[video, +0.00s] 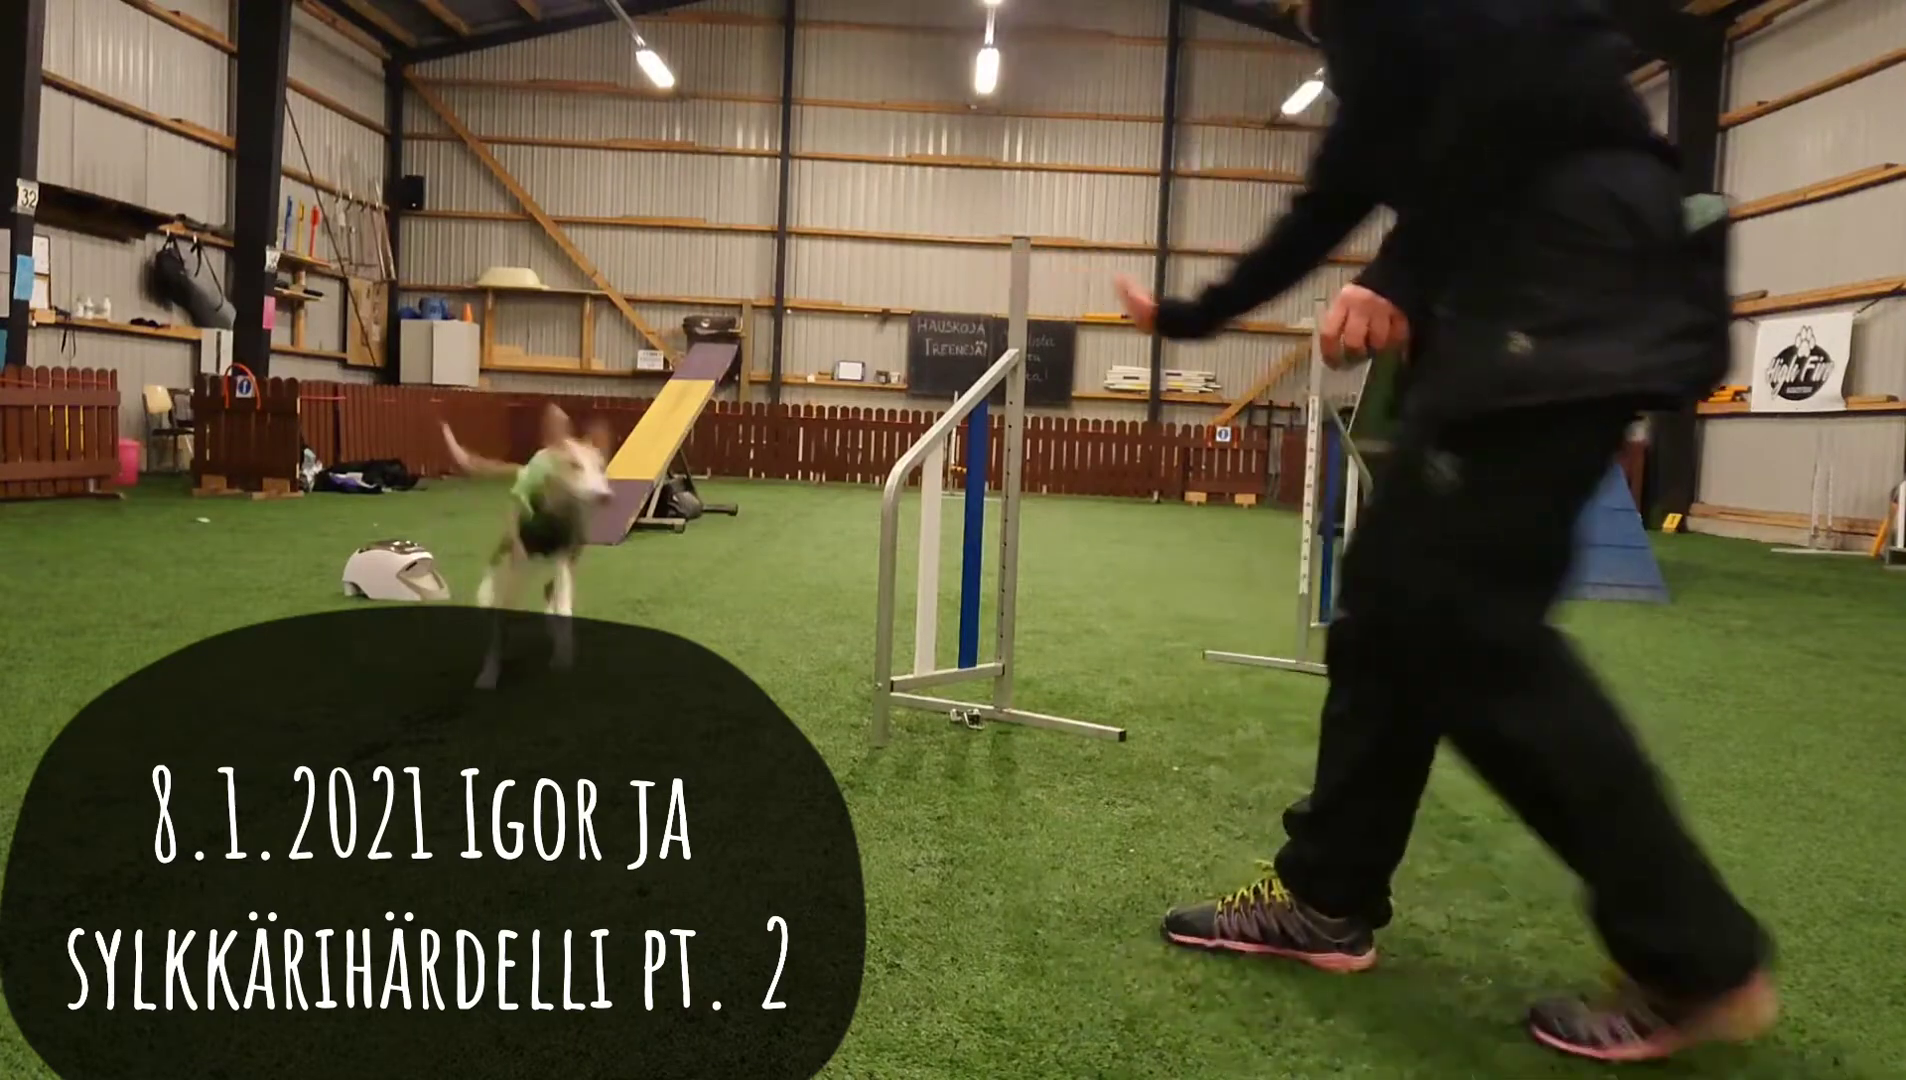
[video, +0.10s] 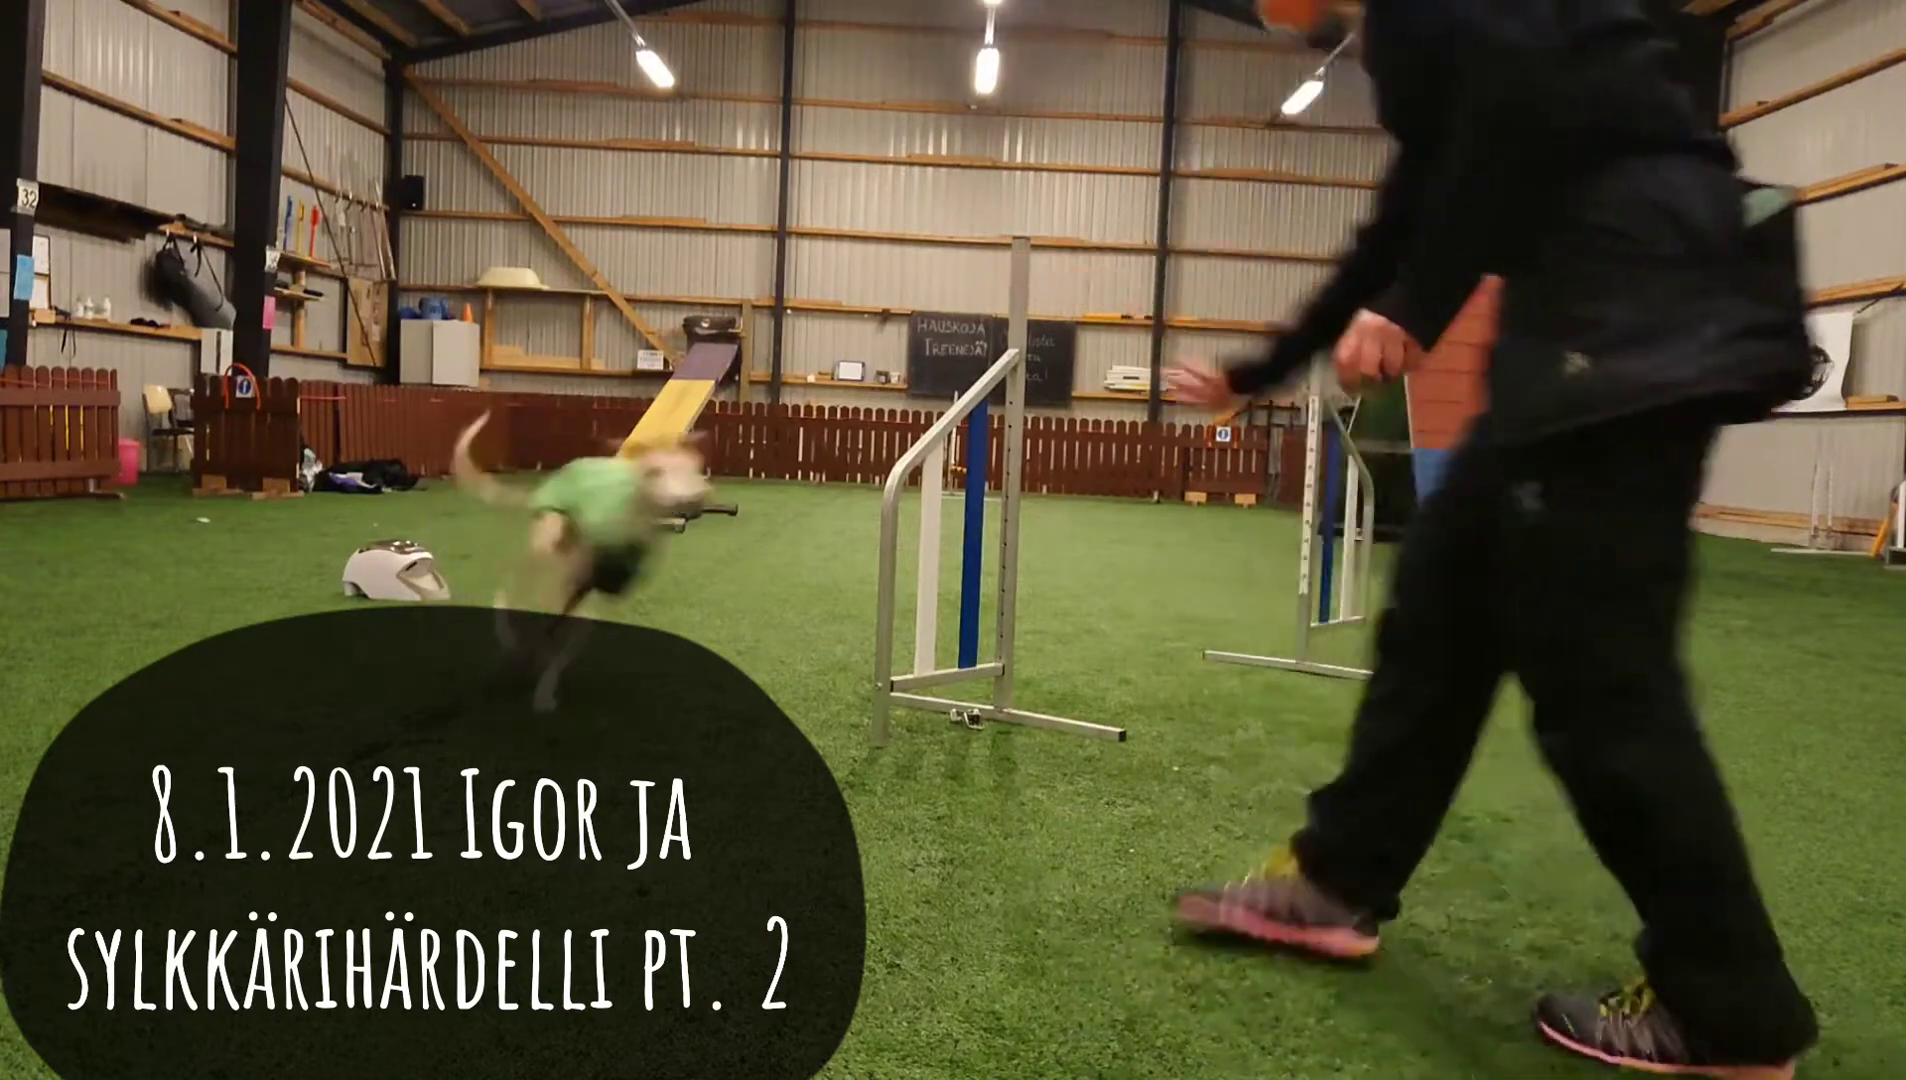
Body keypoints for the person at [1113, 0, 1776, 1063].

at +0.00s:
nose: (1287, 15)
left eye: (1284, 10)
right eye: (1280, 17)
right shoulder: (1388, 34)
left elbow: (1500, 95)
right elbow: (1344, 182)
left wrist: (1401, 274)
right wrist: (1201, 308)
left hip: (1576, 275)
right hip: (1498, 290)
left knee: (1464, 615)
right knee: (1391, 604)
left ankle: (1702, 965)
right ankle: (1328, 900)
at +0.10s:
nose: (1276, 21)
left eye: (1267, 8)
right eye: (1269, 18)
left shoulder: (1437, 8)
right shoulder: (1418, 31)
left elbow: (1508, 115)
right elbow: (1406, 217)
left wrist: (1415, 304)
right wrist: (1263, 365)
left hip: (1631, 310)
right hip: (1567, 317)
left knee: (1599, 677)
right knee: (1444, 607)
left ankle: (1733, 1014)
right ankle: (1338, 885)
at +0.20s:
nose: (1314, 38)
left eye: (1300, 15)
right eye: (1300, 29)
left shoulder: (1441, 14)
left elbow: (1522, 118)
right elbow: (1492, 242)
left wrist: (1439, 323)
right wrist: (1346, 430)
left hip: (1667, 290)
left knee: (1623, 649)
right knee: (1499, 600)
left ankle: (1735, 1016)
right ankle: (1407, 876)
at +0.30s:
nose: (1329, 47)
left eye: (1314, 22)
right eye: (1314, 33)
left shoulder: (1447, 15)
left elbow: (1537, 128)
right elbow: (1549, 188)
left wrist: (1471, 325)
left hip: (1691, 269)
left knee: (1654, 628)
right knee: (1547, 585)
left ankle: (1739, 1011)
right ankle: (1520, 886)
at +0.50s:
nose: (1340, 67)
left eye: (1334, 44)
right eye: (1334, 55)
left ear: (1337, 13)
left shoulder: (1396, 4)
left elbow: (1467, 121)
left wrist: (1406, 325)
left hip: (1644, 289)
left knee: (1656, 647)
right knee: (1631, 634)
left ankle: (1740, 1015)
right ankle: (1622, 913)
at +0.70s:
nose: (1295, 76)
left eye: (1286, 41)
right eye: (1289, 53)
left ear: (1301, 11)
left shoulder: (1342, 9)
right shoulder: (1475, 22)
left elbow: (1396, 144)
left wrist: (1325, 329)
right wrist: (1442, 262)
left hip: (1539, 312)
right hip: (1653, 302)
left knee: (1451, 611)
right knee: (1599, 612)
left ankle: (1546, 922)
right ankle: (1636, 913)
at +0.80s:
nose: (1258, 93)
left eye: (1250, 61)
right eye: (1256, 73)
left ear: (1266, 18)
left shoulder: (1308, 10)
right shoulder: (1432, 37)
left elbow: (1347, 151)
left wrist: (1277, 333)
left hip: (1462, 302)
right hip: (1596, 296)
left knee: (1341, 589)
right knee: (1549, 609)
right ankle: (1628, 906)